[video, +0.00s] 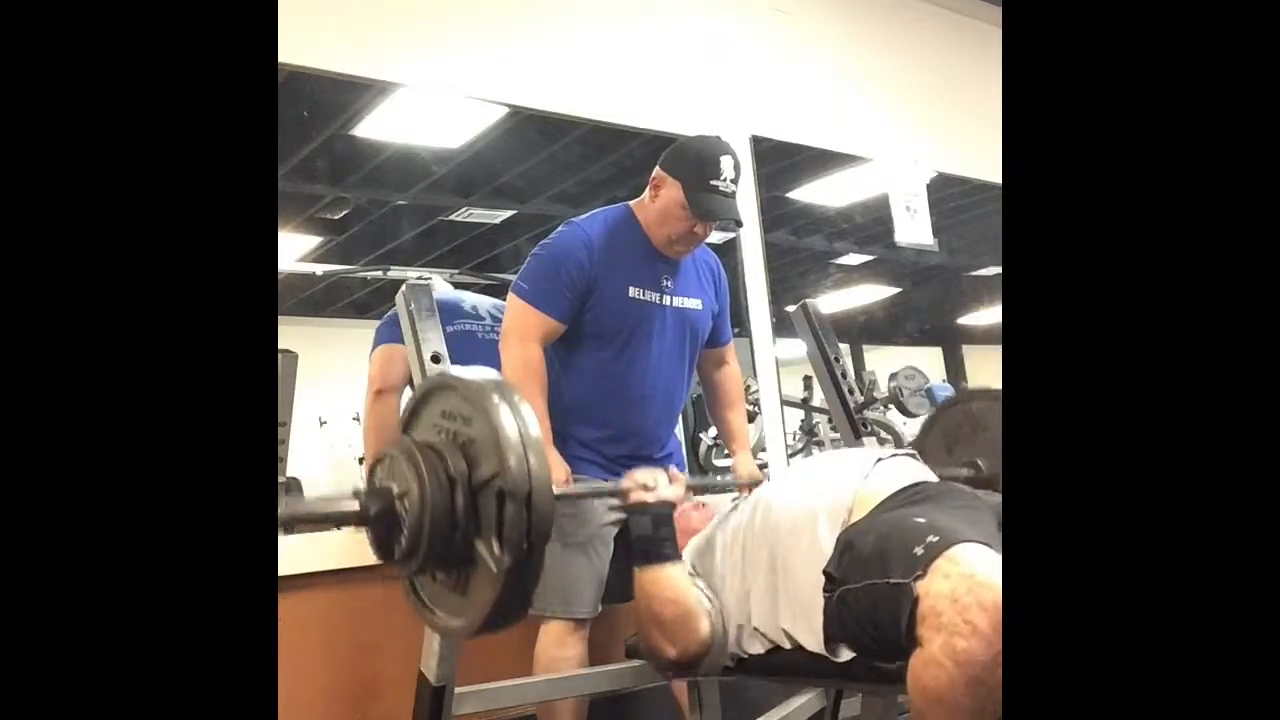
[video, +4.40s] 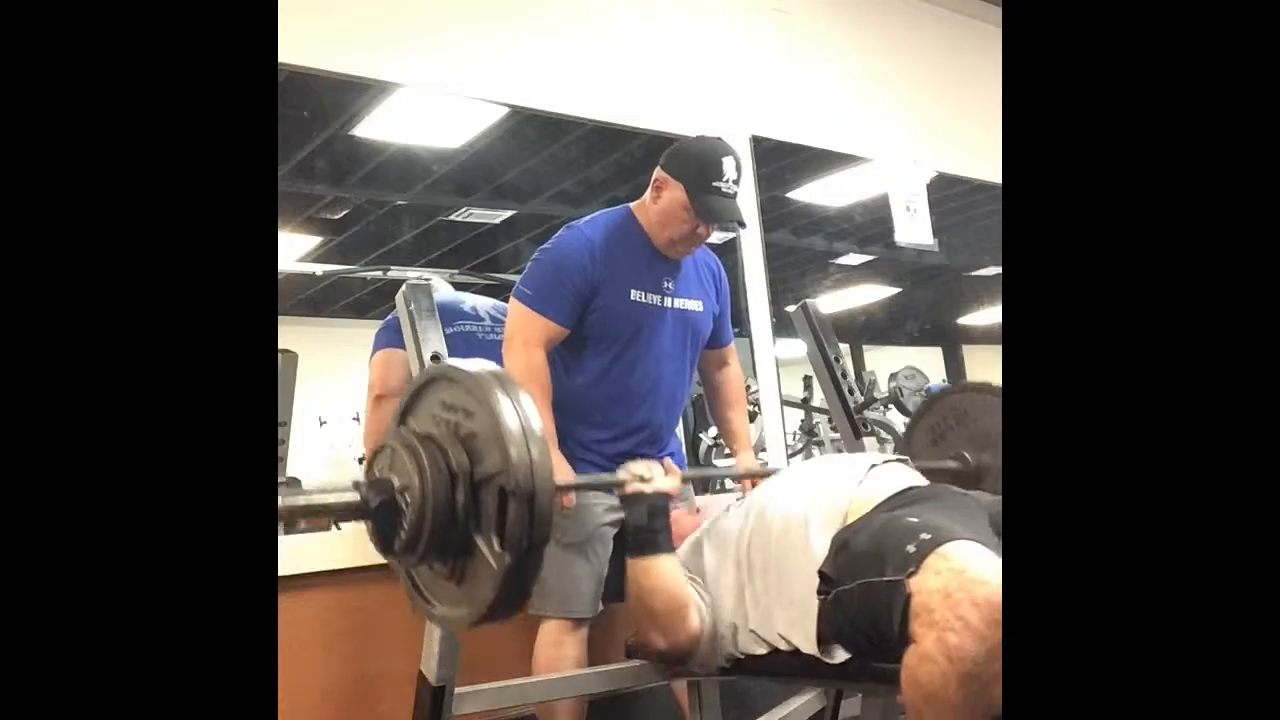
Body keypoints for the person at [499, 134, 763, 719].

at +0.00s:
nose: (705, 230)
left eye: (715, 220)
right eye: (696, 213)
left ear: (724, 216)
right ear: (658, 187)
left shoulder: (708, 270)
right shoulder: (580, 246)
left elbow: (720, 365)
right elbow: (521, 341)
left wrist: (741, 450)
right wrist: (542, 449)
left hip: (661, 466)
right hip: (578, 464)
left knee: (658, 613)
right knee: (571, 618)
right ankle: (563, 715)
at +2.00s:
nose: (704, 231)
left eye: (713, 222)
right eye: (695, 215)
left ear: (721, 217)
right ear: (655, 188)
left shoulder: (706, 271)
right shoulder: (577, 249)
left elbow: (719, 366)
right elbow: (519, 342)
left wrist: (740, 451)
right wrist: (539, 452)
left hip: (661, 472)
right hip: (580, 473)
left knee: (652, 611)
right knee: (569, 621)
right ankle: (561, 715)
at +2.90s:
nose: (701, 233)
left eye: (711, 223)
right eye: (693, 216)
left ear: (720, 218)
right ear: (657, 189)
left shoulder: (707, 271)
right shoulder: (578, 249)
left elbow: (719, 368)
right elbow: (520, 345)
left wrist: (740, 452)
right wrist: (541, 454)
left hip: (660, 467)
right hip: (577, 466)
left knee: (643, 613)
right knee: (570, 619)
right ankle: (560, 715)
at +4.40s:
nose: (707, 232)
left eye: (716, 222)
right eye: (699, 216)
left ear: (724, 218)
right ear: (660, 189)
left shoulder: (708, 271)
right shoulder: (581, 249)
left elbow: (721, 367)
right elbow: (524, 345)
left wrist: (743, 451)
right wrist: (548, 454)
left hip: (659, 467)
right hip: (579, 468)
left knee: (663, 616)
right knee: (569, 619)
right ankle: (564, 716)